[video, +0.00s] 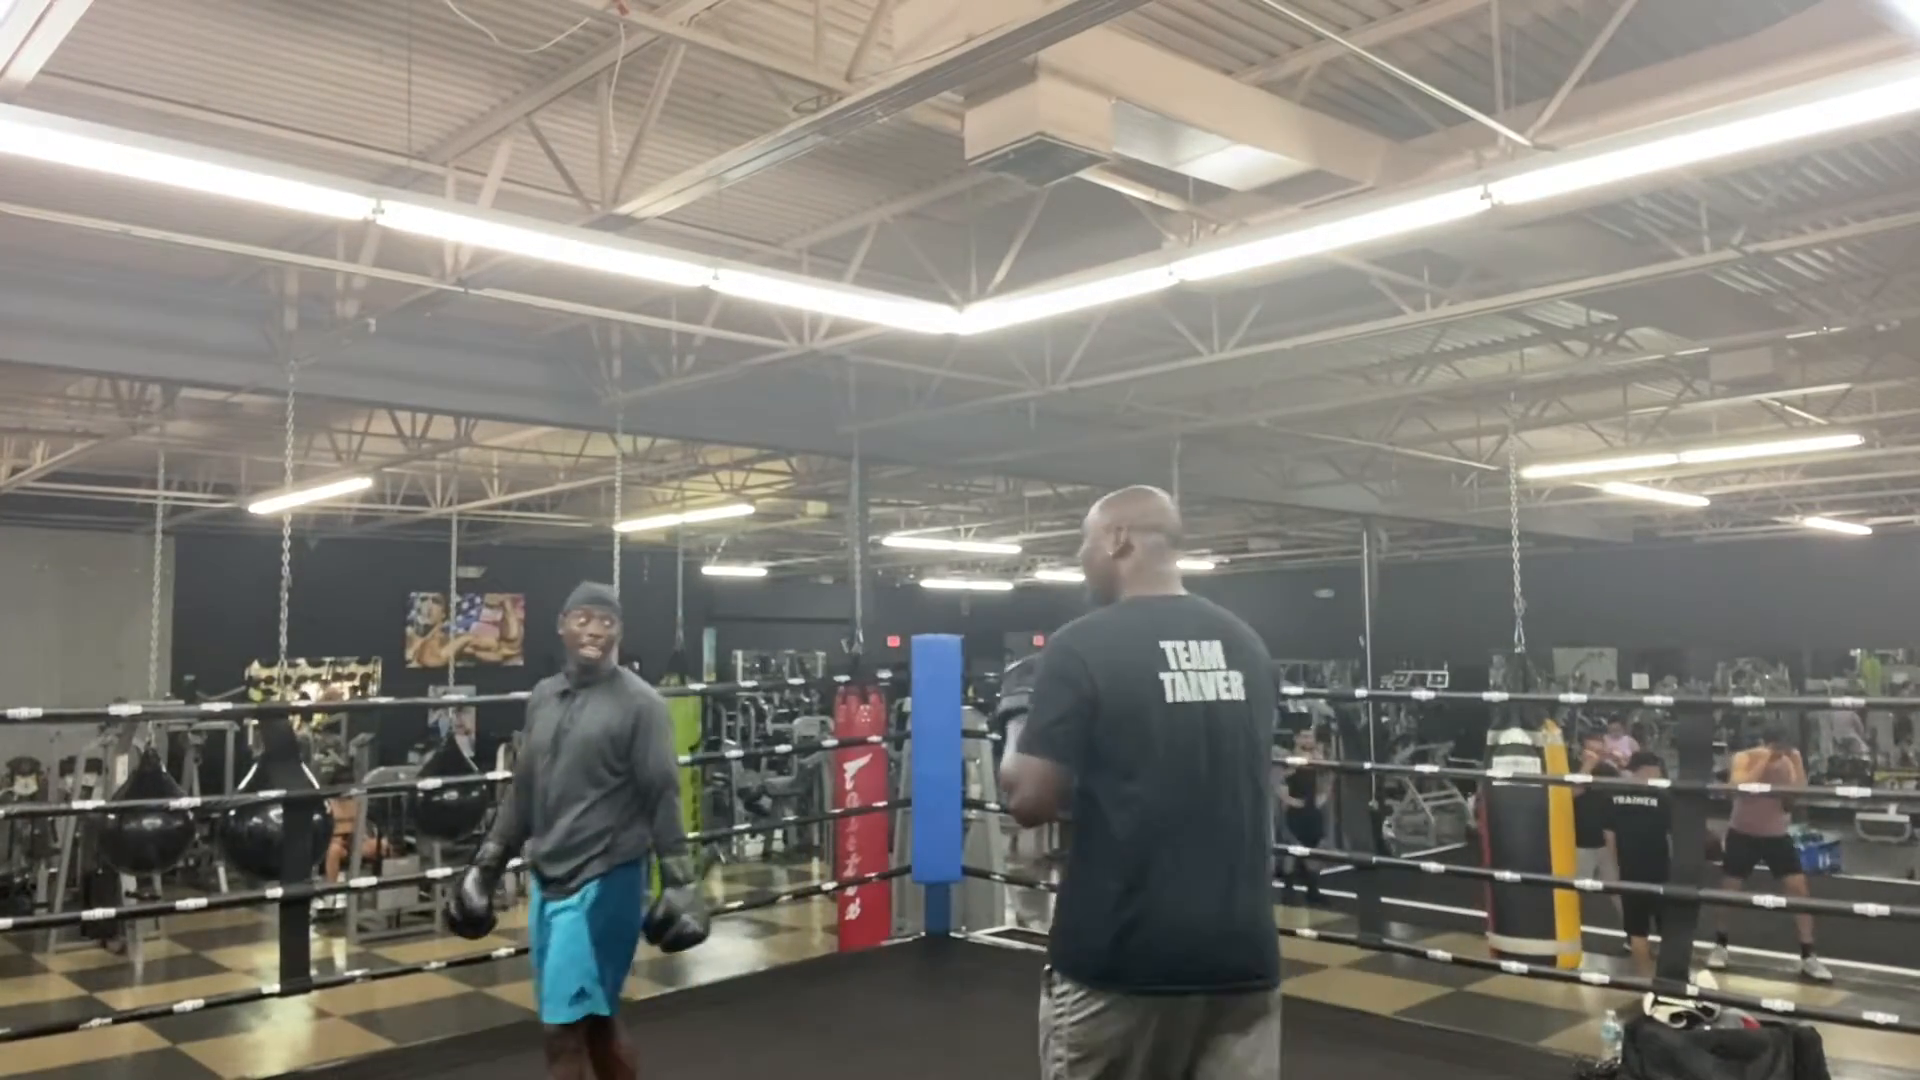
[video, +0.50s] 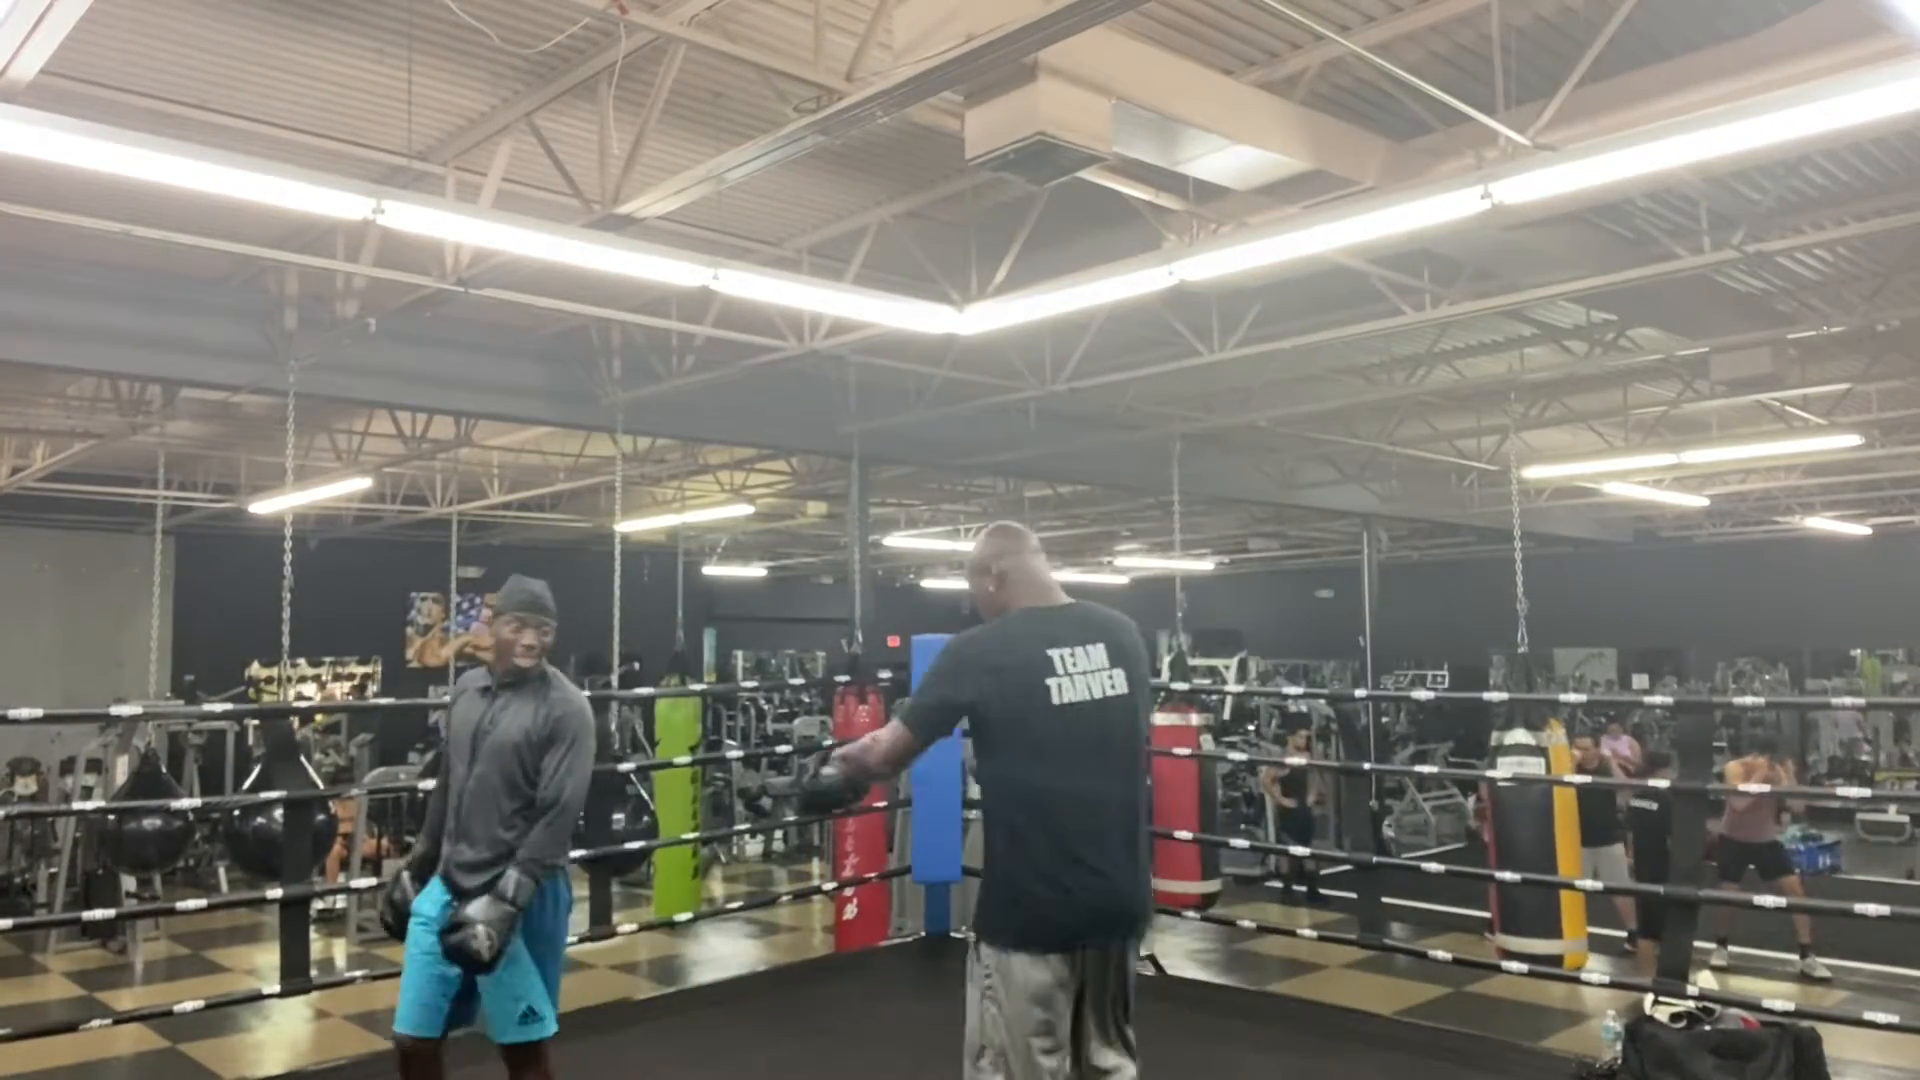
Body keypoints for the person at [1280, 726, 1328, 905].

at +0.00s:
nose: (1307, 751)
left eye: (1310, 747)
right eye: (1302, 747)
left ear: (1316, 746)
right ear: (1295, 746)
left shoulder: (1320, 763)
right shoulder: (1290, 763)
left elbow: (1327, 782)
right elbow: (1277, 782)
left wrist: (1321, 798)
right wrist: (1288, 799)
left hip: (1314, 805)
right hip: (1294, 807)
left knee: (1311, 849)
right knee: (1293, 847)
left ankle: (1313, 887)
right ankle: (1288, 886)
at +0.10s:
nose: (1306, 742)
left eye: (1309, 738)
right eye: (1302, 737)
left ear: (1314, 741)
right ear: (1294, 740)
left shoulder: (1318, 760)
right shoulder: (1288, 761)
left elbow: (1328, 776)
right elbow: (1271, 780)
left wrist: (1322, 795)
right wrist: (1286, 799)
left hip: (1313, 805)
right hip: (1293, 806)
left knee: (1312, 847)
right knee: (1291, 846)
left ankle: (1313, 887)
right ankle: (1288, 887)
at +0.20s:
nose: (1304, 745)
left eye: (1307, 741)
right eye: (1300, 741)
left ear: (1312, 743)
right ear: (1293, 741)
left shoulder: (1314, 760)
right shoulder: (1286, 761)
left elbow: (1326, 776)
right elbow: (1268, 779)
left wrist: (1319, 794)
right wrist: (1284, 799)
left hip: (1309, 806)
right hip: (1291, 807)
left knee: (1311, 848)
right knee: (1289, 848)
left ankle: (1312, 888)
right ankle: (1287, 887)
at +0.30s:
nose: (1304, 741)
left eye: (1307, 737)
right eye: (1301, 736)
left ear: (1310, 740)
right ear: (1292, 739)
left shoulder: (1312, 759)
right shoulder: (1284, 760)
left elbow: (1324, 778)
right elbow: (1268, 779)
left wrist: (1317, 795)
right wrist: (1283, 799)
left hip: (1308, 805)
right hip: (1290, 806)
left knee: (1310, 846)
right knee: (1289, 847)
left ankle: (1312, 887)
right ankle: (1287, 887)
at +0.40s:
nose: (1304, 741)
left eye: (1307, 737)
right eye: (1301, 737)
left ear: (1309, 740)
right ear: (1291, 739)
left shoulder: (1309, 759)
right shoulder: (1283, 759)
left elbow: (1318, 780)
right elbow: (1267, 779)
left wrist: (1314, 796)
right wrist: (1281, 799)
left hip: (1306, 805)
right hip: (1289, 805)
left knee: (1307, 847)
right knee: (1289, 847)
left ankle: (1312, 886)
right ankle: (1287, 886)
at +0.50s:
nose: (1304, 741)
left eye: (1306, 737)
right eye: (1300, 736)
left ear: (1308, 740)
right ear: (1290, 739)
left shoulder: (1307, 759)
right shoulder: (1282, 759)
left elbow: (1316, 779)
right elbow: (1266, 780)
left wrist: (1312, 796)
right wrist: (1280, 799)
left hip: (1304, 804)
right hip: (1288, 804)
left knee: (1306, 846)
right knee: (1288, 846)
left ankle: (1311, 886)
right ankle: (1287, 886)